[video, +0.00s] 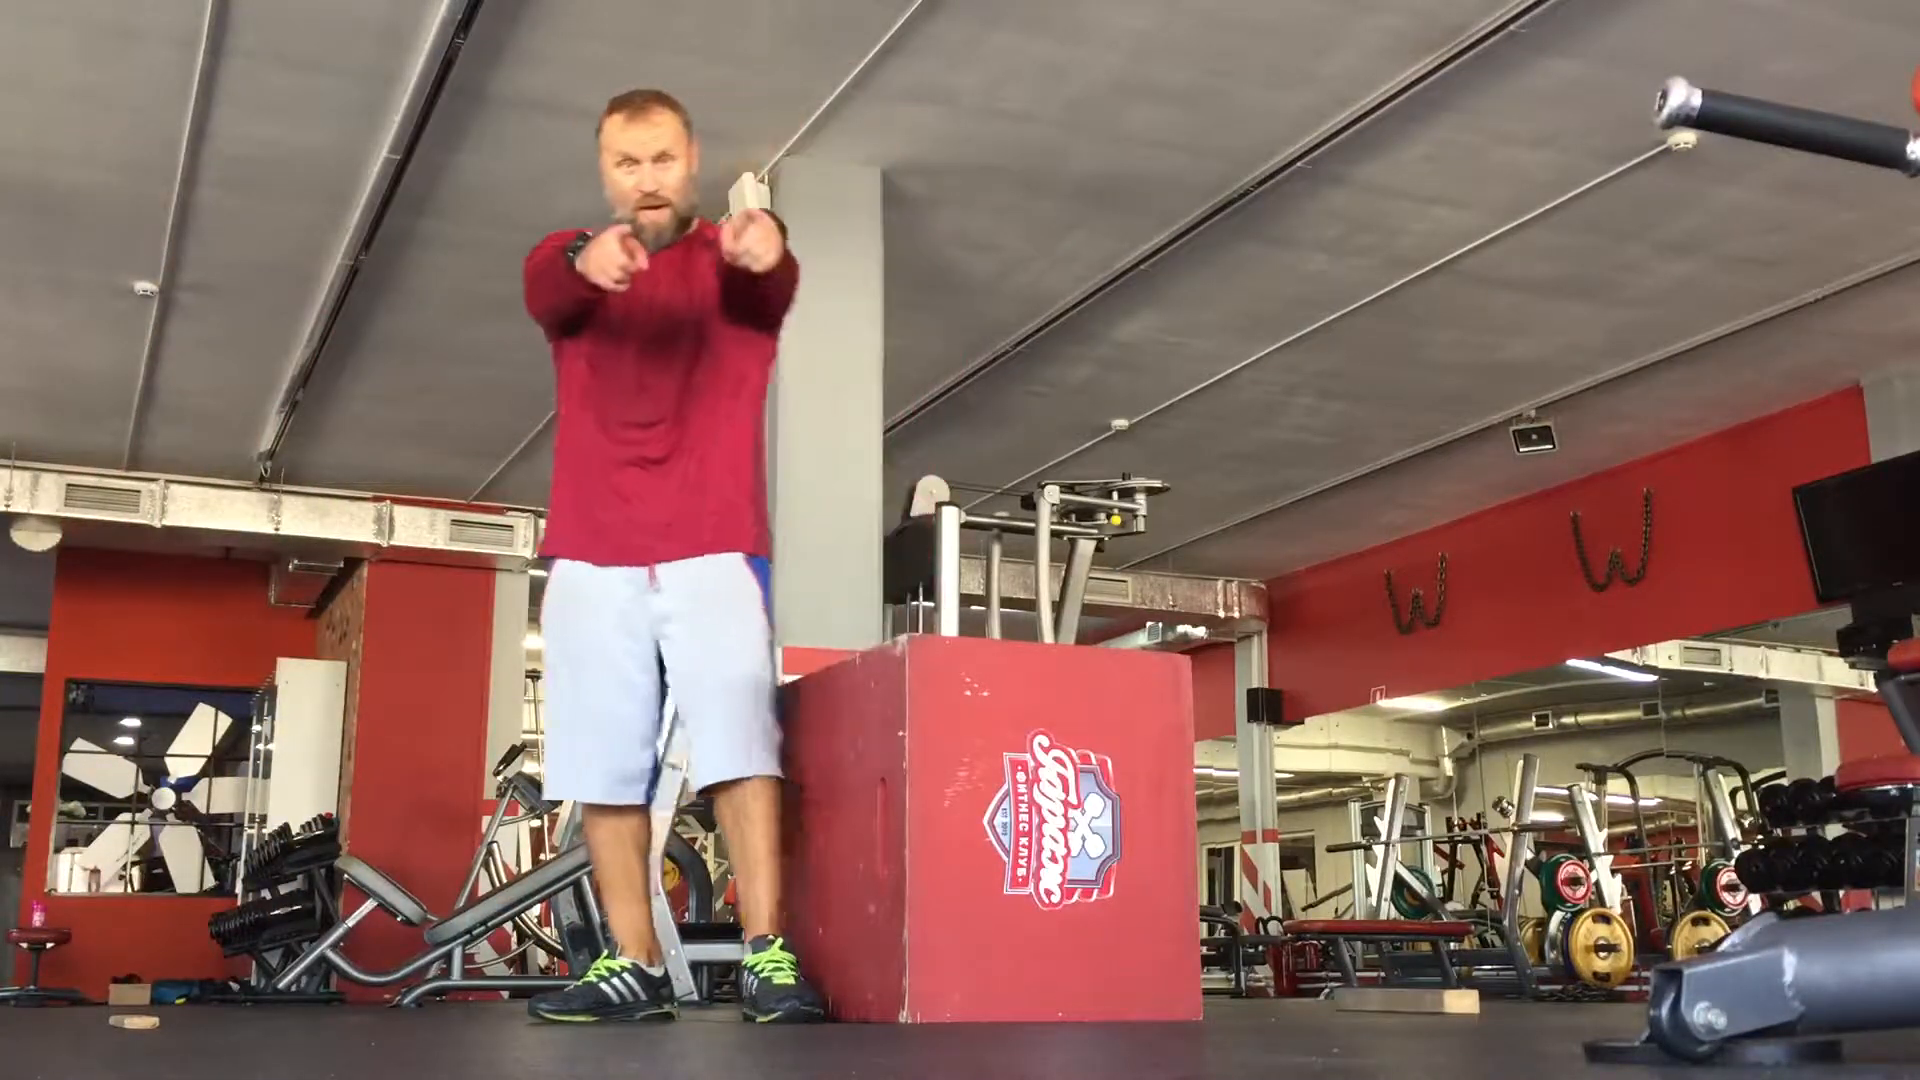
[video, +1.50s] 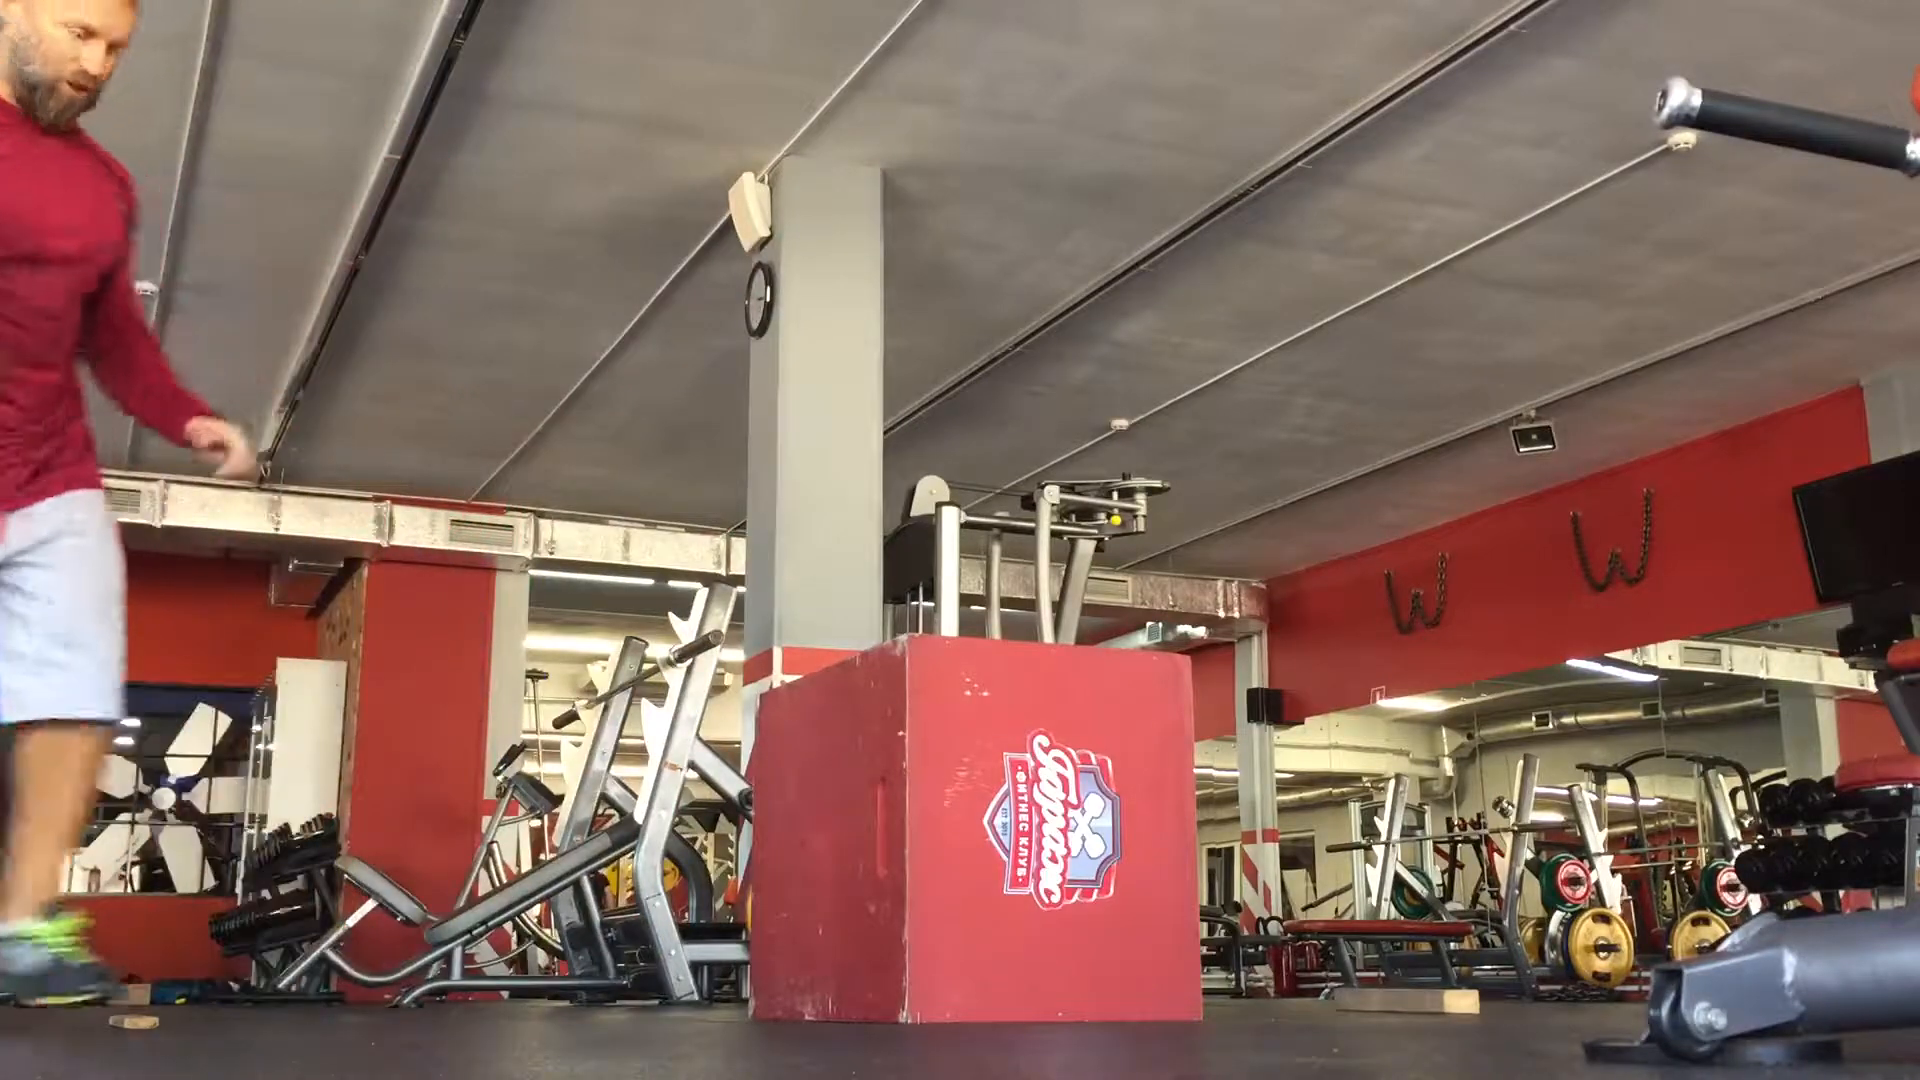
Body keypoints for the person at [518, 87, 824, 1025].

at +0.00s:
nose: (646, 174)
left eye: (662, 157)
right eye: (627, 161)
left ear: (694, 163)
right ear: (602, 173)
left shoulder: (736, 255)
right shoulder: (568, 258)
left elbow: (766, 280)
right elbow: (545, 288)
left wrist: (760, 252)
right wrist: (587, 264)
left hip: (714, 547)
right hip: (593, 556)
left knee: (739, 742)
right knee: (606, 758)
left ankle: (764, 953)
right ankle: (636, 964)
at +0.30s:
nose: (566, 175)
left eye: (582, 156)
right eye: (546, 161)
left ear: (614, 163)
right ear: (525, 176)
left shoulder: (659, 253)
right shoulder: (505, 270)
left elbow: (690, 278)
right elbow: (452, 329)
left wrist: (717, 253)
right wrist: (469, 282)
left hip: (627, 522)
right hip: (529, 532)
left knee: (607, 720)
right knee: (569, 739)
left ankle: (579, 940)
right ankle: (631, 958)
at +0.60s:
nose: (456, 149)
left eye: (475, 129)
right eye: (437, 134)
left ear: (516, 140)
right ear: (419, 153)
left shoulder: (560, 249)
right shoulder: (387, 270)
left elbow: (615, 341)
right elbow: (302, 336)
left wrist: (646, 289)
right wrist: (256, 209)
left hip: (514, 529)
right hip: (436, 532)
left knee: (413, 715)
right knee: (522, 746)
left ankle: (335, 959)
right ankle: (628, 950)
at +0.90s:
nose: (336, 75)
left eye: (360, 55)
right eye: (320, 56)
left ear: (405, 72)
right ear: (298, 74)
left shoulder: (455, 200)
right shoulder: (258, 192)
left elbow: (438, 322)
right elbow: (179, 315)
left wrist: (283, 285)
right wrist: (223, 292)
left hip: (378, 499)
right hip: (255, 497)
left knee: (358, 726)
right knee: (184, 716)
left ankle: (332, 961)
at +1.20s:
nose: (189, 50)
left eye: (213, 32)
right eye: (168, 29)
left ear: (247, 51)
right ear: (133, 42)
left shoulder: (305, 196)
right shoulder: (52, 169)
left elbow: (345, 340)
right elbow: (1, 312)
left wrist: (248, 334)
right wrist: (86, 316)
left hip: (224, 508)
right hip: (53, 494)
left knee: (265, 710)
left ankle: (317, 949)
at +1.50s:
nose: (96, 64)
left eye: (115, 47)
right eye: (82, 32)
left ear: (124, 54)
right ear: (13, 11)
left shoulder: (101, 184)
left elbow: (115, 333)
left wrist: (187, 418)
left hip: (46, 478)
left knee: (75, 685)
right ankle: (24, 924)